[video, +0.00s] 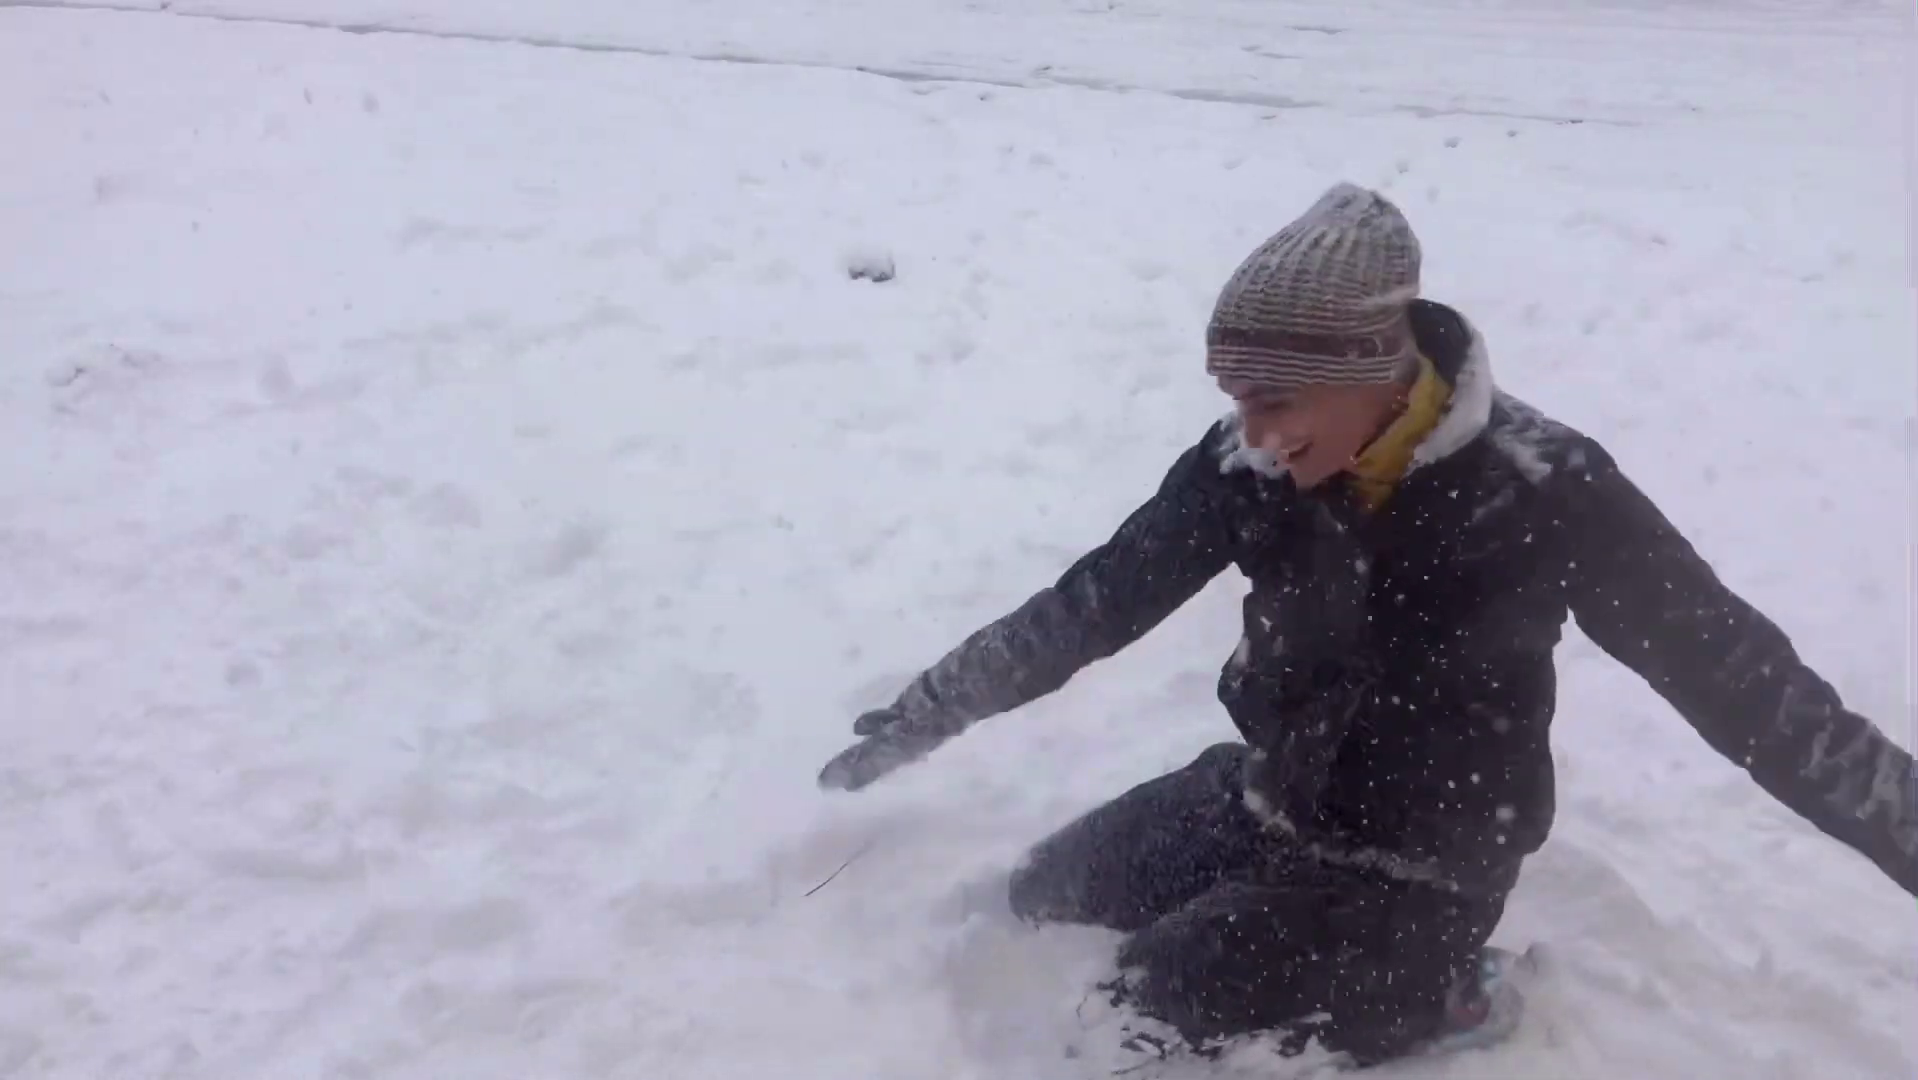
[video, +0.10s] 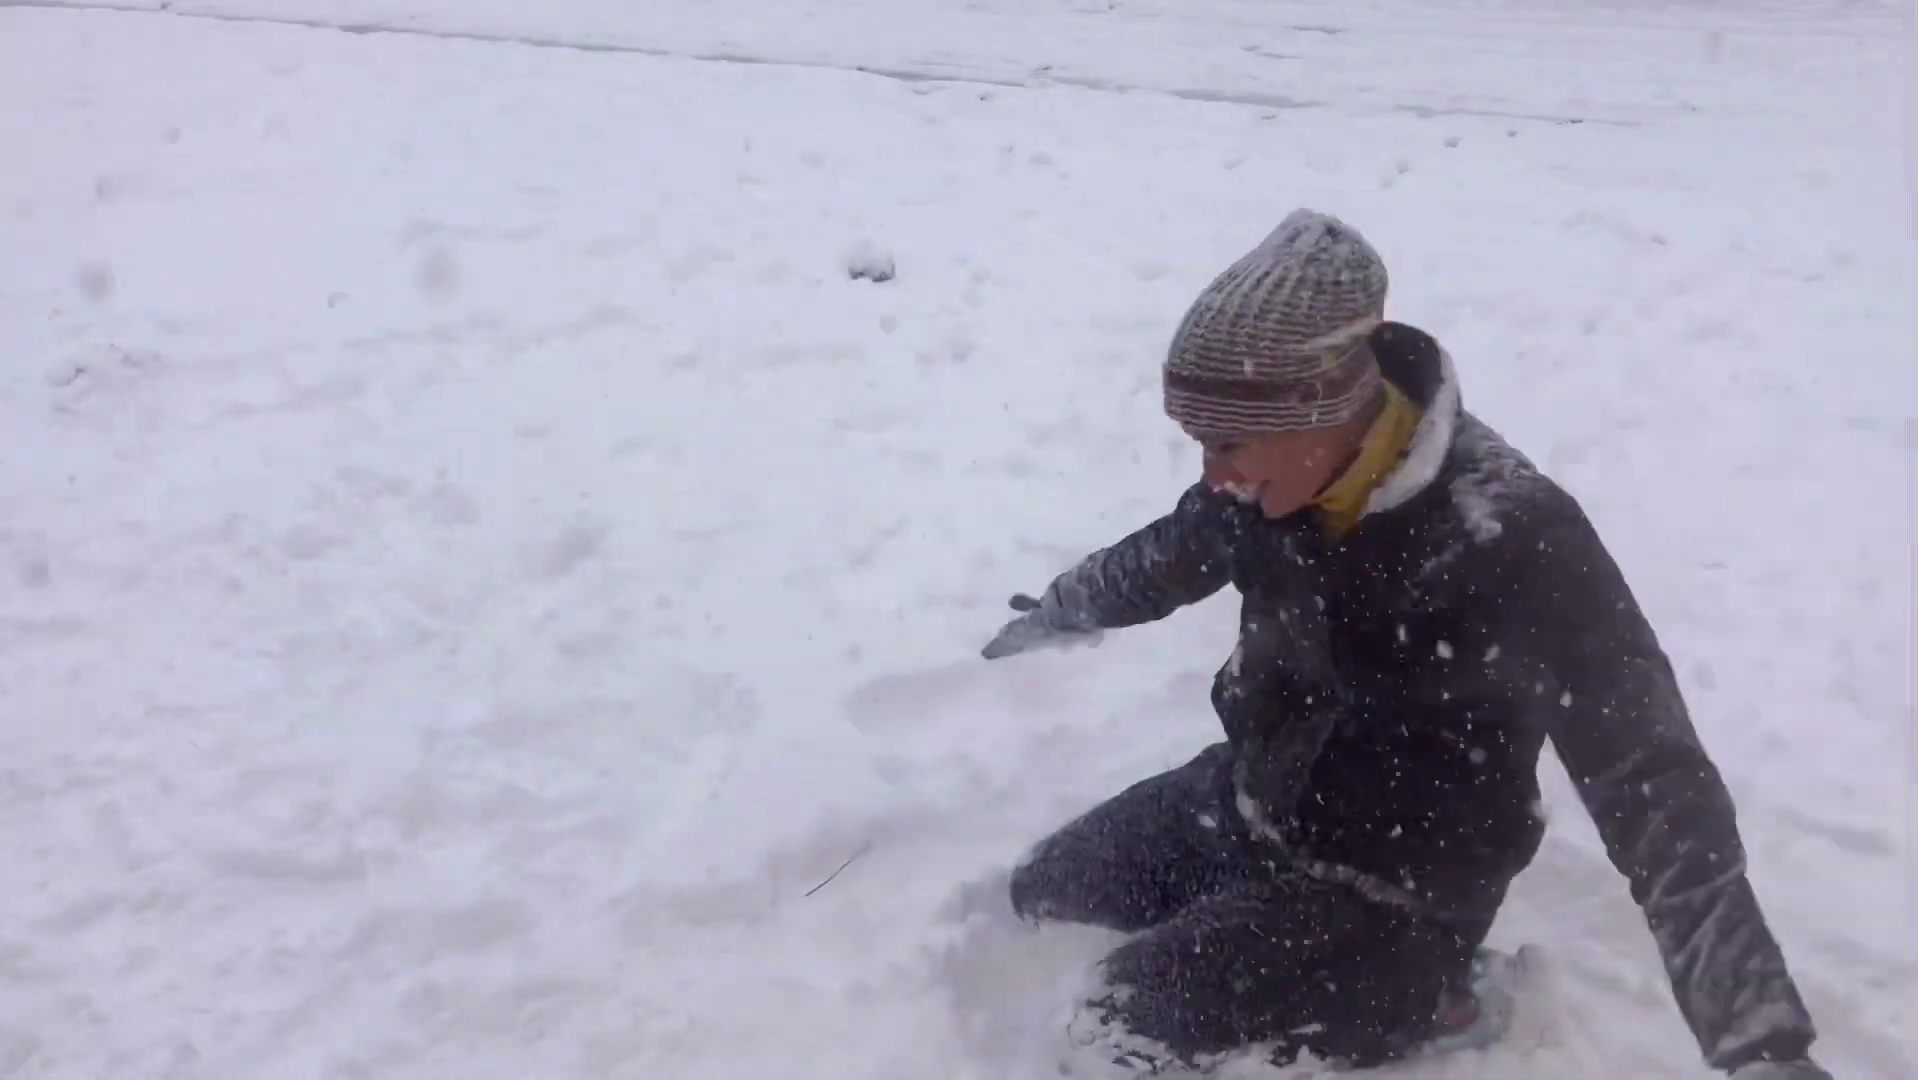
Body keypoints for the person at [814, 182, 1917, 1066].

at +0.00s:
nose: (1252, 435)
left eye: (1276, 401)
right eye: (1241, 404)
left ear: (1377, 365)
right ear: (1245, 386)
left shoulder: (1548, 495)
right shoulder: (1253, 462)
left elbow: (1763, 700)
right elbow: (1088, 609)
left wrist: (1908, 834)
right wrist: (913, 718)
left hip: (1402, 879)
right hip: (1252, 793)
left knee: (1134, 1017)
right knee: (1017, 912)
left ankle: (1432, 997)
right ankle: (1281, 883)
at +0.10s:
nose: (1212, 476)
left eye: (1228, 445)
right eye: (1205, 446)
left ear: (1324, 410)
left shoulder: (1522, 547)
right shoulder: (1279, 477)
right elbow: (1167, 558)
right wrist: (1054, 616)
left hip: (1381, 900)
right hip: (1246, 797)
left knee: (1113, 1025)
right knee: (1039, 898)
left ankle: (1422, 1001)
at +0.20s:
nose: (1156, 506)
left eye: (1166, 478)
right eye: (1148, 479)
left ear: (1258, 454)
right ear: (1248, 452)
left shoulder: (1440, 590)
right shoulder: (1279, 496)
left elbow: (1472, 881)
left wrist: (1443, 1064)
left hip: (1364, 906)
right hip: (1257, 794)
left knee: (1116, 1030)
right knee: (1045, 901)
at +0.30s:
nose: (1090, 520)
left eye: (1095, 492)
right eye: (1081, 496)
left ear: (1174, 465)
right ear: (1192, 450)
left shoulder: (1308, 633)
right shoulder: (1315, 460)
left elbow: (1269, 902)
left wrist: (1180, 1047)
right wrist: (1447, 607)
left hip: (1418, 880)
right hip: (1321, 765)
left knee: (1132, 1021)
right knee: (1074, 884)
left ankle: (1436, 1009)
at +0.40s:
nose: (1016, 538)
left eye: (1020, 510)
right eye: (1009, 514)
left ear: (1094, 481)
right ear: (1135, 456)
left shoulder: (1193, 656)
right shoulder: (1296, 479)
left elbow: (1089, 931)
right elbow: (1419, 624)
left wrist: (964, 1067)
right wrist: (1520, 696)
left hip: (1387, 950)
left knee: (1113, 1028)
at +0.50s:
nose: (951, 546)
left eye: (948, 519)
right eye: (939, 522)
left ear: (1001, 502)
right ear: (1071, 444)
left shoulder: (1095, 649)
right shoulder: (1247, 479)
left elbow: (989, 935)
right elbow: (1378, 649)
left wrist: (862, 1070)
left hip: (1381, 924)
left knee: (1112, 1044)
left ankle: (1396, 1009)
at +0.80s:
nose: (873, 599)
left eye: (860, 572)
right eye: (853, 579)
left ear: (890, 542)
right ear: (947, 479)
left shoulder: (991, 667)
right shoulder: (1113, 508)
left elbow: (933, 940)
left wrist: (851, 1064)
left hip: (1356, 918)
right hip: (1443, 791)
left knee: (1092, 1048)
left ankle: (1411, 1018)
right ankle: (1517, 900)